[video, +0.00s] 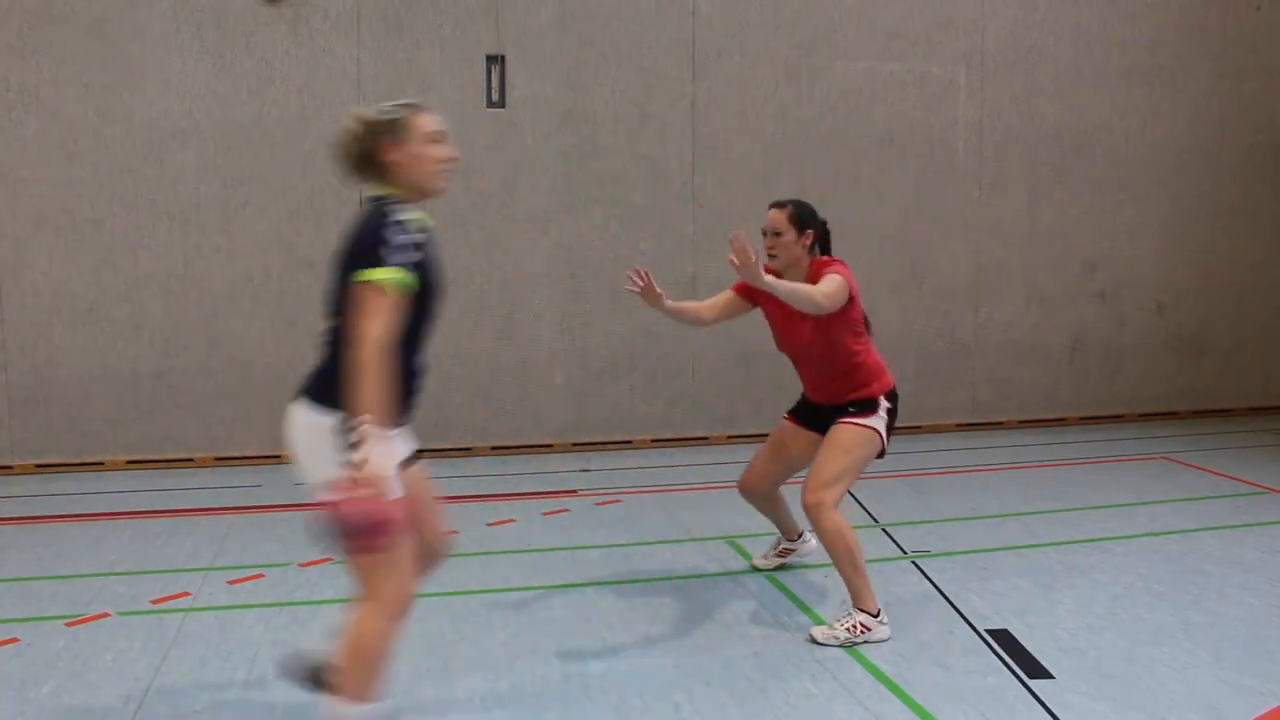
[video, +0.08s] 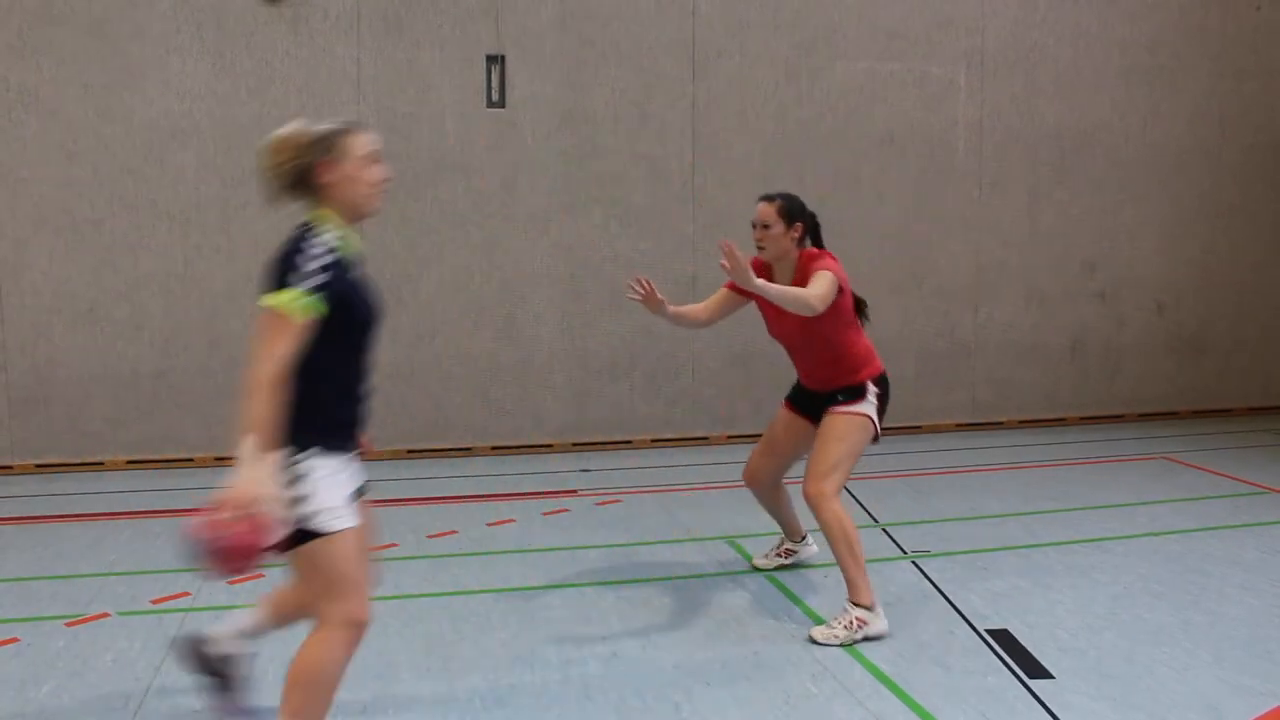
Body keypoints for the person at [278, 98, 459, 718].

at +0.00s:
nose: (449, 152)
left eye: (446, 140)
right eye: (433, 141)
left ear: (408, 157)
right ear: (391, 155)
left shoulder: (406, 224)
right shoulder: (391, 229)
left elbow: (379, 340)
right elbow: (368, 340)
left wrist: (388, 435)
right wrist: (367, 448)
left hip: (375, 422)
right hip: (342, 427)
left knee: (429, 540)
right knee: (391, 583)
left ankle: (340, 663)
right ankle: (348, 700)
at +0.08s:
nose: (384, 174)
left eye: (381, 161)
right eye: (369, 161)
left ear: (335, 175)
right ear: (327, 174)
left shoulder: (339, 250)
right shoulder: (314, 255)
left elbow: (324, 358)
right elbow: (268, 366)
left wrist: (348, 429)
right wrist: (255, 465)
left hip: (332, 455)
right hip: (308, 459)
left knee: (325, 586)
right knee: (345, 614)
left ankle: (221, 643)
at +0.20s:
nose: (290, 194)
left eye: (287, 181)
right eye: (277, 180)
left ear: (241, 190)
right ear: (236, 187)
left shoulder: (240, 267)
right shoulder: (204, 264)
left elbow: (239, 369)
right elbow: (147, 366)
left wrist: (298, 418)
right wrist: (119, 471)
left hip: (229, 459)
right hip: (201, 460)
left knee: (228, 596)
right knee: (274, 598)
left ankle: (99, 674)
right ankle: (270, 712)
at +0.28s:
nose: (230, 188)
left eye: (228, 175)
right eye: (218, 175)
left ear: (186, 185)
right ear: (175, 183)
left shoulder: (189, 260)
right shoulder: (140, 260)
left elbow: (196, 345)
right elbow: (89, 359)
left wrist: (261, 386)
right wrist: (72, 461)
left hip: (175, 449)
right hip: (141, 451)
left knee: (164, 596)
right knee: (185, 597)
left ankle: (65, 703)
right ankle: (214, 712)